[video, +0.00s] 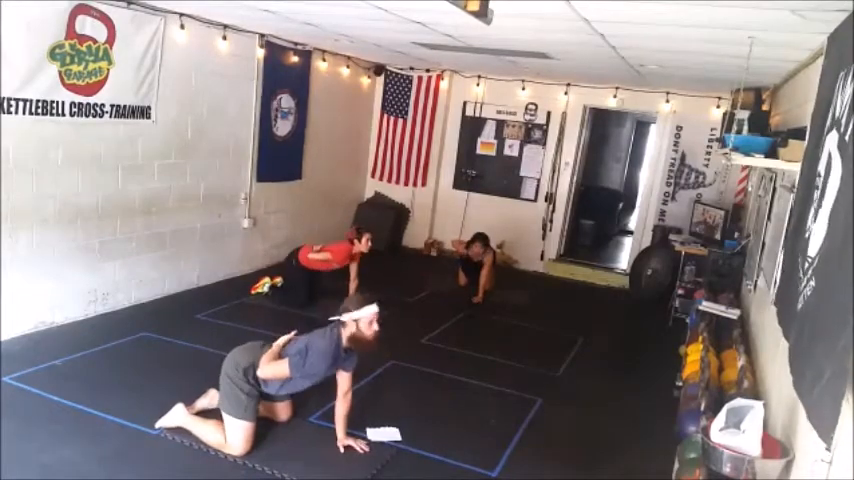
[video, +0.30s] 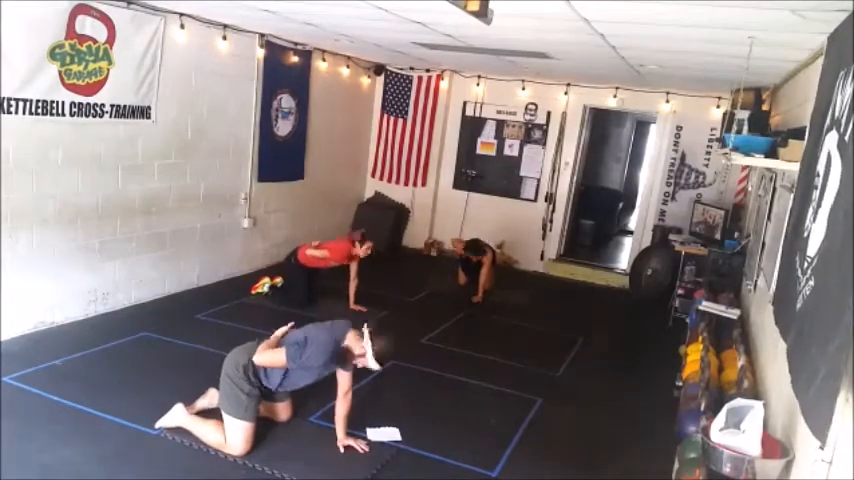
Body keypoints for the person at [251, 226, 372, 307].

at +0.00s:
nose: (370, 244)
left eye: (371, 241)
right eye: (367, 240)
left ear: (363, 242)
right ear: (357, 240)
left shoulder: (355, 254)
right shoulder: (344, 253)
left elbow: (354, 279)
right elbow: (312, 257)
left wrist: (350, 301)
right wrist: (313, 250)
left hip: (305, 259)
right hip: (297, 262)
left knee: (309, 298)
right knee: (300, 299)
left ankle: (279, 284)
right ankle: (271, 289)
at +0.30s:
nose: (369, 252)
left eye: (370, 249)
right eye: (367, 248)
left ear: (363, 247)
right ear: (358, 245)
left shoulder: (354, 255)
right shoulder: (342, 251)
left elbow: (353, 279)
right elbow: (309, 253)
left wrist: (352, 304)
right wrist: (313, 246)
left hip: (310, 265)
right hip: (297, 263)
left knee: (309, 300)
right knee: (300, 301)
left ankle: (279, 285)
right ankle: (271, 288)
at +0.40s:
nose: (359, 263)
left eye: (361, 263)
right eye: (361, 262)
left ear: (365, 257)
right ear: (362, 259)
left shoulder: (355, 252)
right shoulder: (341, 252)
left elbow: (353, 279)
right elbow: (308, 248)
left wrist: (352, 303)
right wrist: (313, 240)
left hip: (312, 264)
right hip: (299, 261)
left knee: (311, 301)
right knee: (300, 303)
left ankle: (280, 284)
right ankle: (271, 288)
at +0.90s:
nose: (364, 264)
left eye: (366, 261)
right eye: (364, 260)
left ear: (365, 256)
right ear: (359, 254)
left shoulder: (354, 254)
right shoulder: (340, 257)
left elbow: (353, 279)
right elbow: (307, 256)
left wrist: (352, 303)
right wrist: (312, 248)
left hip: (309, 264)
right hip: (297, 263)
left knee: (310, 299)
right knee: (301, 302)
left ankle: (279, 284)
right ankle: (269, 288)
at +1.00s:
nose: (369, 250)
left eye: (369, 247)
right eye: (366, 246)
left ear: (361, 247)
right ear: (357, 246)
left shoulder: (352, 257)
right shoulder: (342, 256)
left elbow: (353, 280)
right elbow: (310, 262)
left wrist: (351, 303)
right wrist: (315, 252)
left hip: (303, 254)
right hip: (296, 261)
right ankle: (270, 286)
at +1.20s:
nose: (366, 258)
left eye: (367, 255)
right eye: (364, 254)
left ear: (358, 250)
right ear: (355, 251)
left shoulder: (351, 254)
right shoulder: (339, 257)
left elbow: (352, 279)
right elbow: (305, 258)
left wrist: (351, 303)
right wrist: (312, 247)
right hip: (294, 262)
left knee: (310, 293)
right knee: (301, 297)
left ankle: (277, 284)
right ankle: (270, 288)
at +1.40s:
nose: (351, 266)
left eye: (354, 265)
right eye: (352, 264)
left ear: (358, 253)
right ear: (355, 256)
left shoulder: (350, 245)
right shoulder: (335, 253)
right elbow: (304, 250)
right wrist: (310, 239)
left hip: (313, 261)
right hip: (299, 261)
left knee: (312, 295)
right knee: (300, 298)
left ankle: (279, 285)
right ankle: (268, 290)